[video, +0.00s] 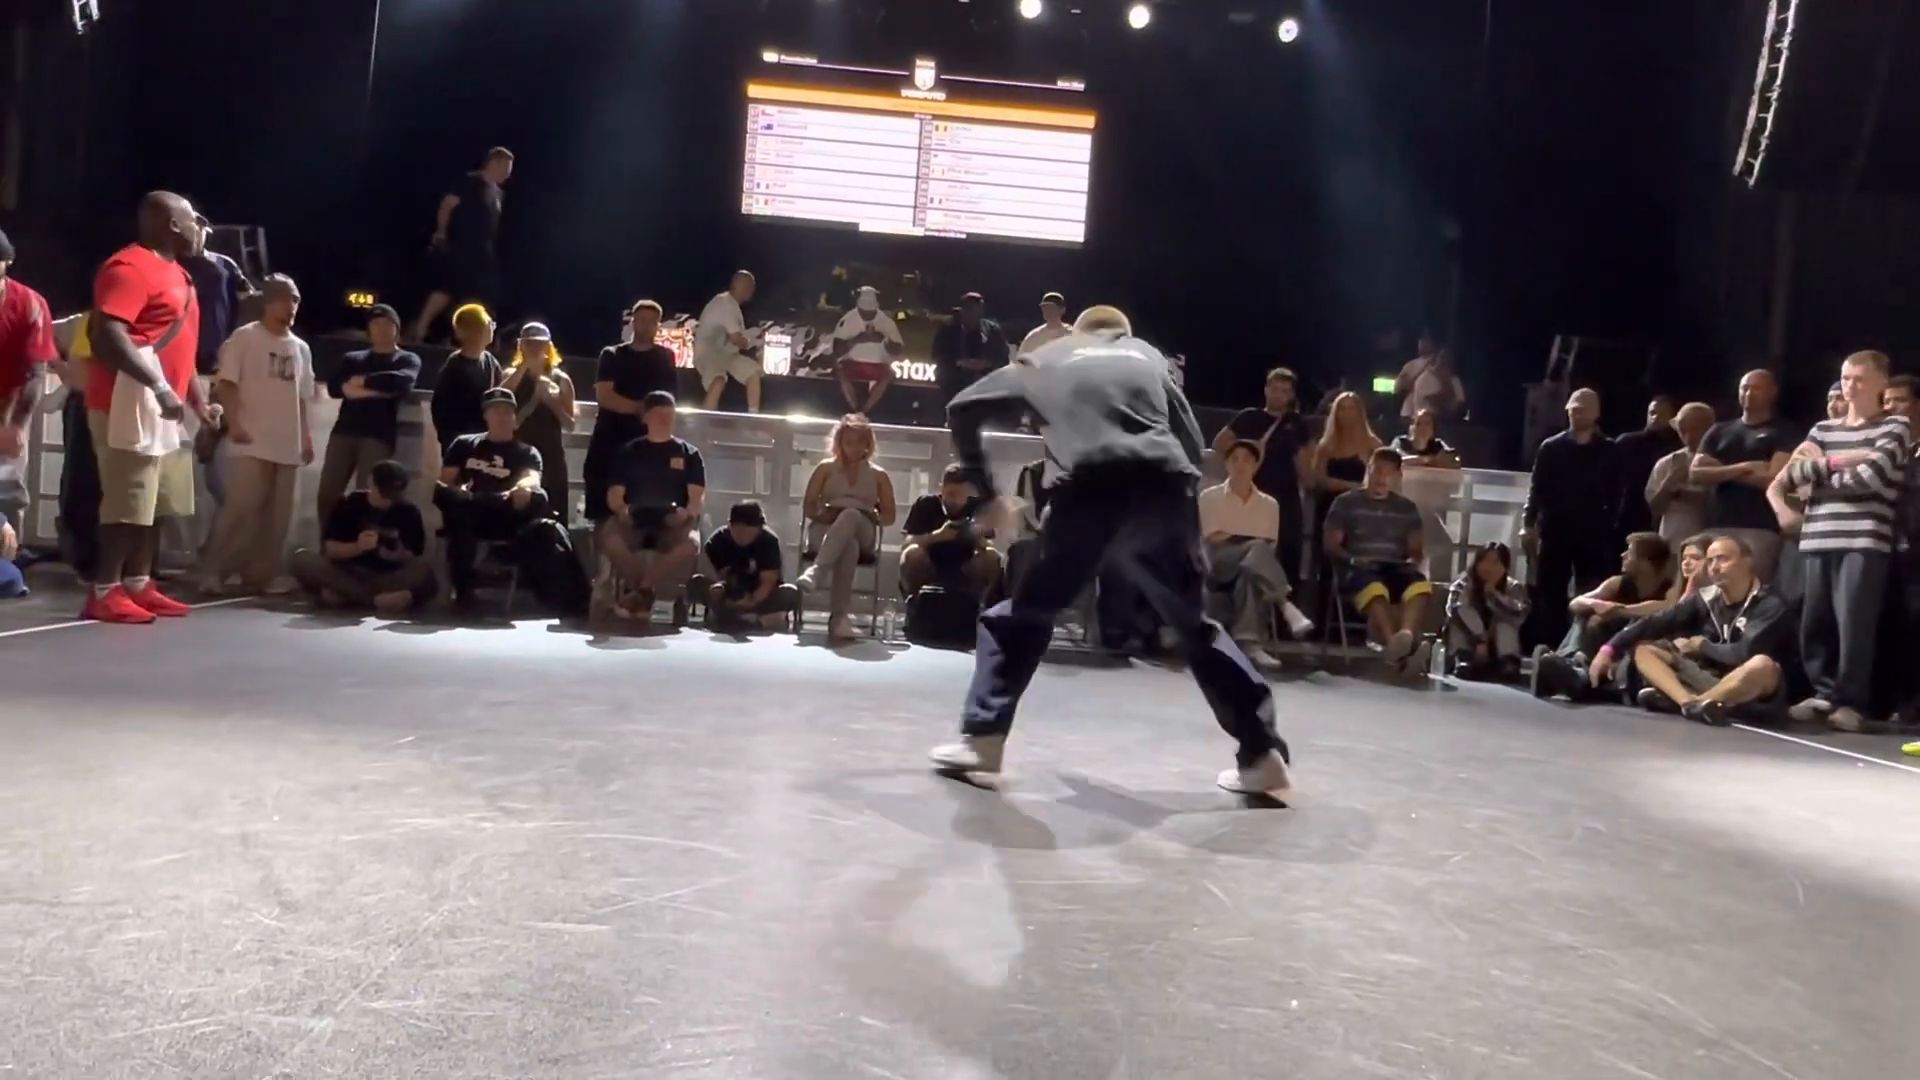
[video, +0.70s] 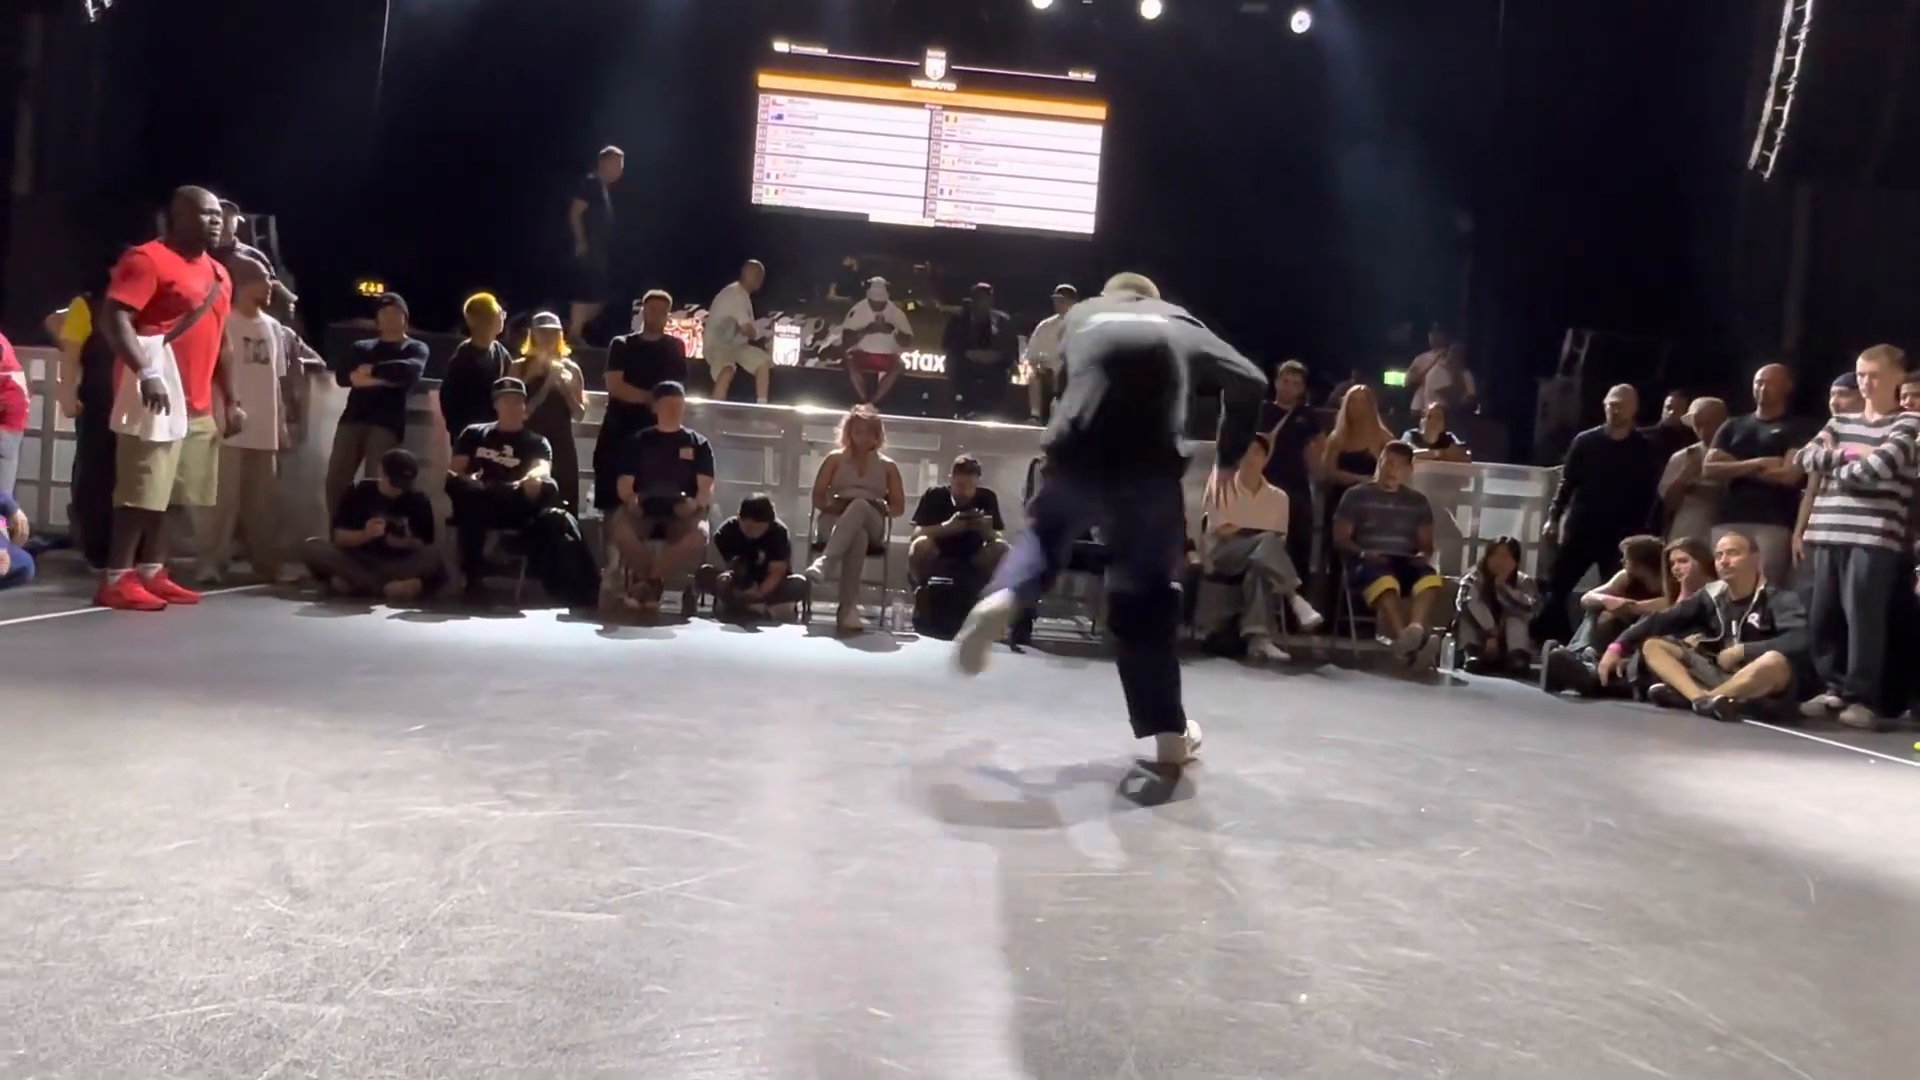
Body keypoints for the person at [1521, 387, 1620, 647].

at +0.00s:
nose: (1575, 414)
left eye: (1582, 410)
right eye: (1572, 409)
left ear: (1595, 414)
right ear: (1566, 411)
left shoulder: (1610, 451)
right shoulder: (1550, 448)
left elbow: (1617, 494)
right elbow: (1536, 489)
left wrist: (1611, 526)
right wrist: (1529, 525)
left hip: (1594, 533)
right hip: (1556, 532)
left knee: (1593, 599)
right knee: (1550, 597)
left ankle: (1590, 656)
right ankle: (1548, 652)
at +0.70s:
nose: (1614, 410)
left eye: (1621, 406)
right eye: (1611, 405)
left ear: (1634, 410)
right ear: (1604, 407)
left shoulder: (1645, 449)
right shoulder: (1585, 442)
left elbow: (1648, 494)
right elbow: (1567, 483)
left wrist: (1640, 529)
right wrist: (1553, 518)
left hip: (1621, 531)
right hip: (1582, 528)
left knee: (1618, 595)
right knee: (1558, 586)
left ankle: (1615, 651)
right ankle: (1553, 642)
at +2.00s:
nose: (1658, 409)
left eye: (1658, 403)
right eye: (1653, 402)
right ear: (1637, 402)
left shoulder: (1663, 437)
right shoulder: (1604, 434)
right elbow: (1583, 473)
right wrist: (1578, 511)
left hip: (1648, 520)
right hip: (1608, 520)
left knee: (1643, 581)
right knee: (1583, 578)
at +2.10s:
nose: (1661, 409)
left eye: (1661, 403)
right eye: (1656, 402)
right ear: (1639, 402)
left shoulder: (1664, 436)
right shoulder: (1606, 433)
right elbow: (1584, 474)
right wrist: (1579, 510)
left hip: (1649, 522)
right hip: (1609, 521)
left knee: (1645, 584)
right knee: (1583, 578)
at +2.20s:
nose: (1663, 408)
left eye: (1663, 403)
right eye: (1658, 401)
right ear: (1640, 402)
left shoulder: (1666, 436)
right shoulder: (1607, 433)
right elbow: (1585, 474)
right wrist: (1580, 511)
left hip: (1650, 523)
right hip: (1609, 521)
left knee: (1643, 583)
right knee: (1586, 576)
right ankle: (1565, 628)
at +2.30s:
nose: (1664, 407)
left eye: (1663, 402)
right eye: (1659, 400)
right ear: (1640, 403)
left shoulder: (1667, 437)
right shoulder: (1607, 433)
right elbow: (1584, 472)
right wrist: (1579, 510)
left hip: (1649, 523)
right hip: (1608, 521)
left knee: (1642, 583)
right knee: (1583, 578)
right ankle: (1564, 630)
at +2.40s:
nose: (1665, 405)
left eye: (1663, 401)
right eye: (1658, 399)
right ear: (1640, 403)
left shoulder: (1665, 436)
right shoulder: (1609, 431)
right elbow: (1586, 470)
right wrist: (1580, 507)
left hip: (1647, 521)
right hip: (1606, 520)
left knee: (1639, 582)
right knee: (1582, 577)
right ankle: (1563, 629)